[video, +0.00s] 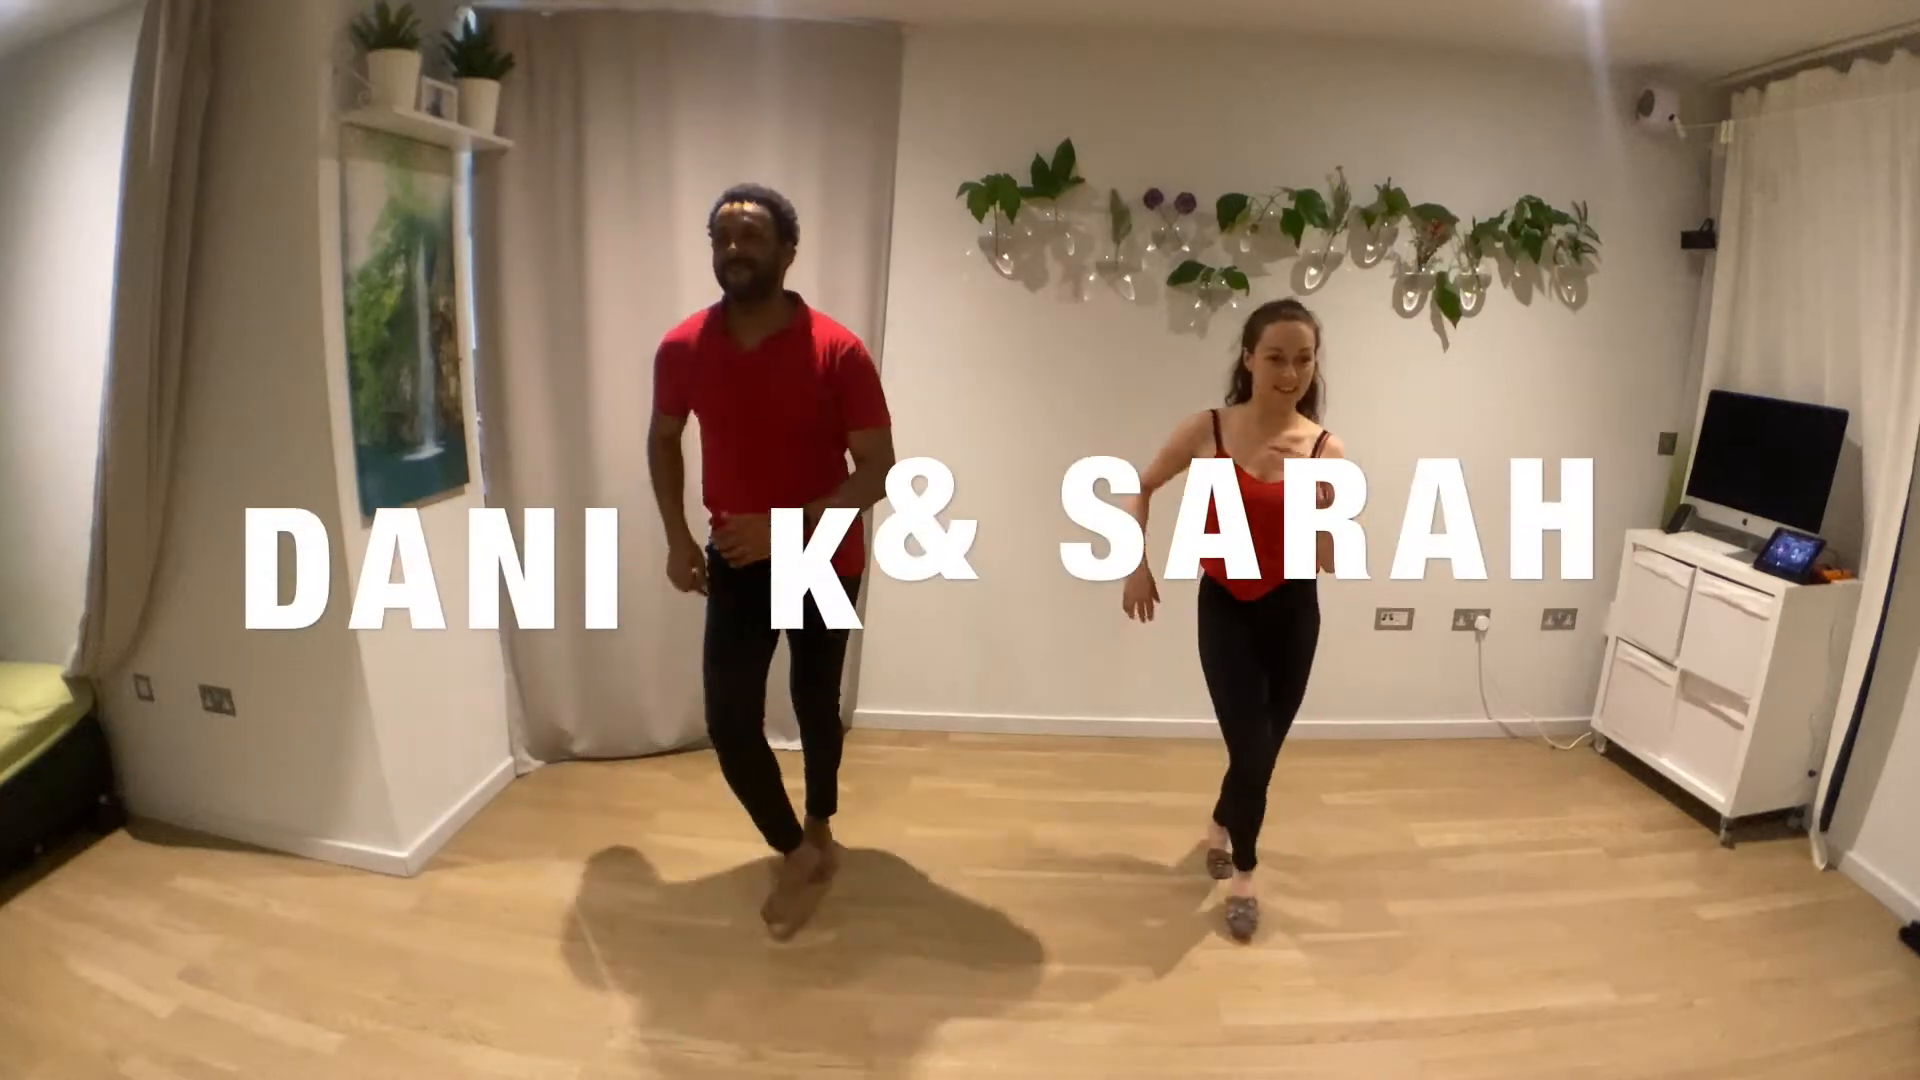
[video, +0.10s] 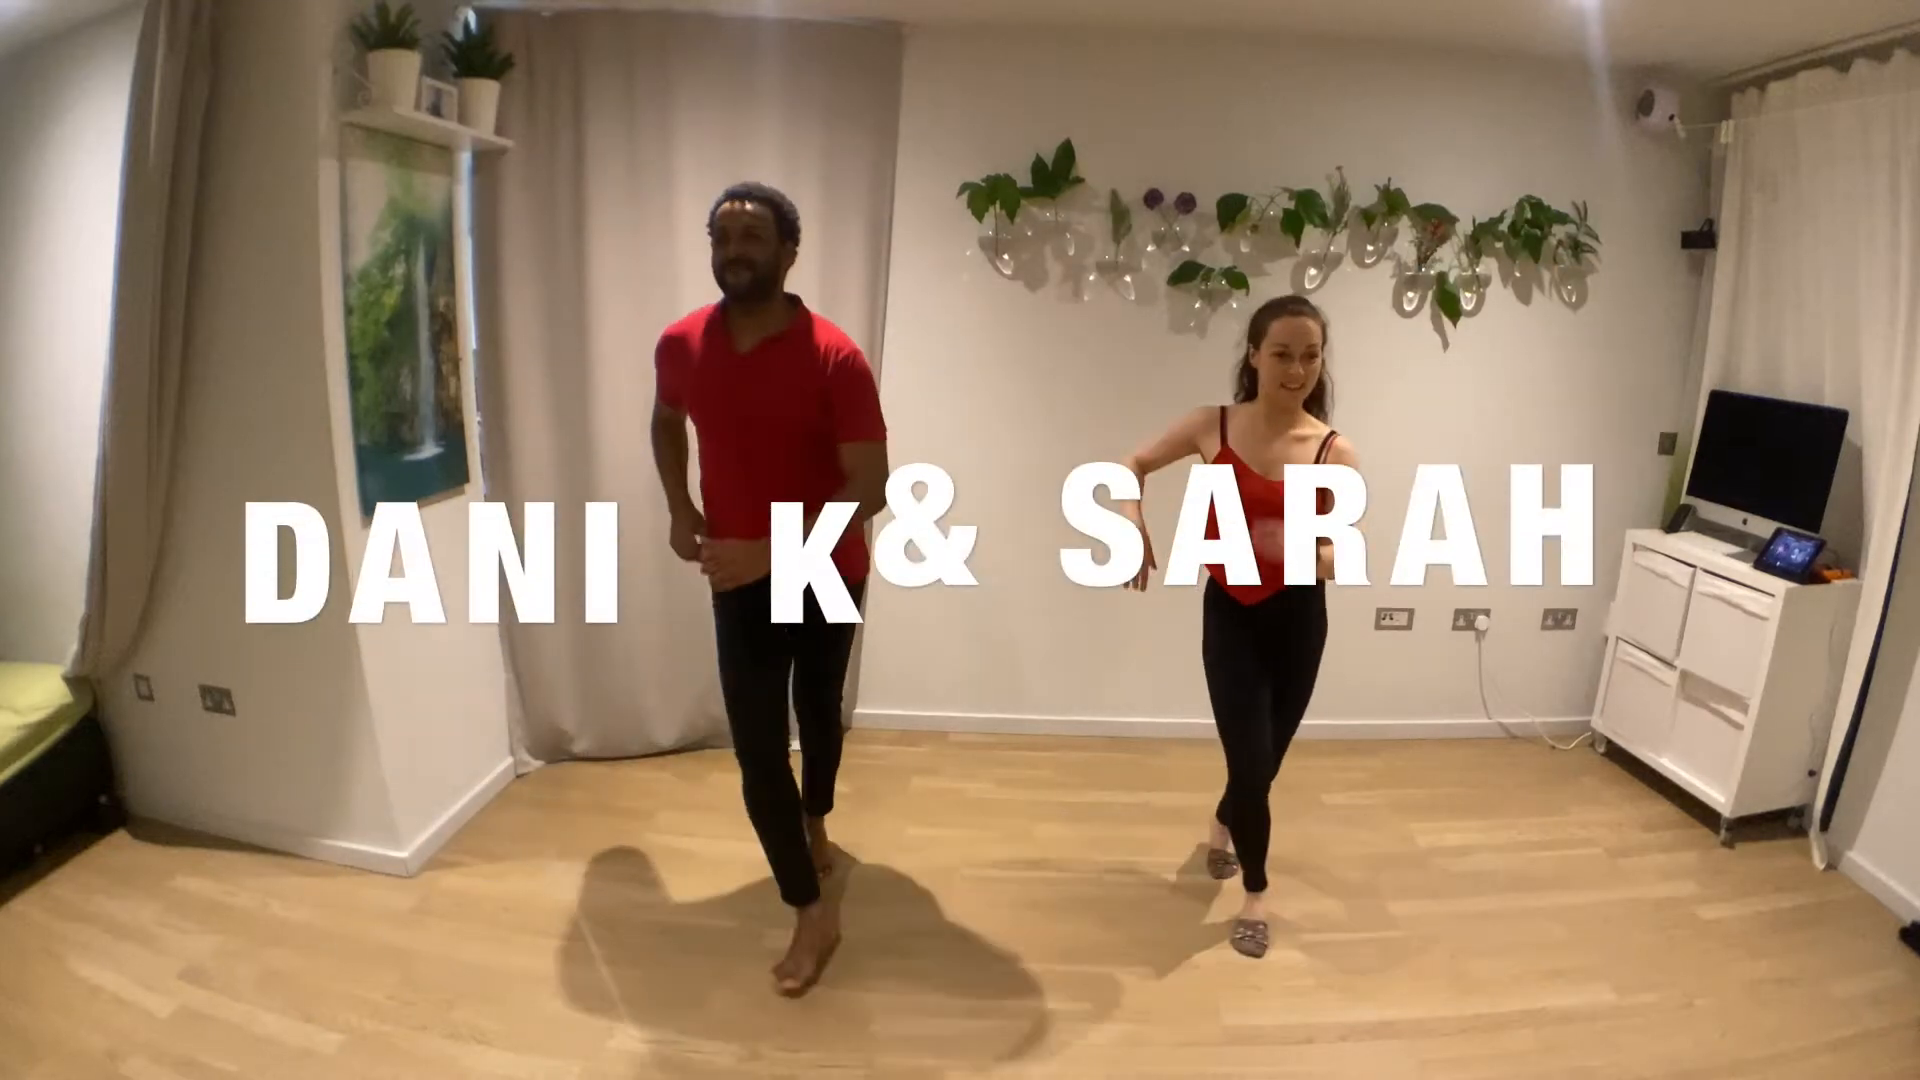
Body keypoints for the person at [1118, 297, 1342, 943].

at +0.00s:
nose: (1290, 370)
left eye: (1302, 358)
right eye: (1277, 356)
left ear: (1314, 365)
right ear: (1248, 358)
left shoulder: (1322, 447)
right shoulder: (1206, 431)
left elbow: (1330, 557)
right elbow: (1139, 487)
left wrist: (1317, 486)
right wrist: (1137, 565)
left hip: (1293, 607)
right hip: (1225, 605)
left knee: (1265, 745)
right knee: (1252, 748)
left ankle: (1222, 824)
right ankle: (1245, 877)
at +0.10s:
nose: (1297, 367)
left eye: (1309, 355)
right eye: (1283, 352)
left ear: (1321, 363)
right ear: (1253, 355)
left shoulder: (1331, 449)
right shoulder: (1211, 426)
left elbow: (1344, 540)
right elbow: (1131, 470)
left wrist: (1325, 548)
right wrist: (1136, 540)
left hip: (1300, 617)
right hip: (1230, 614)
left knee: (1267, 754)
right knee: (1250, 765)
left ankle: (1224, 822)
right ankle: (1255, 897)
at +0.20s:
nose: (1303, 369)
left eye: (1316, 357)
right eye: (1289, 355)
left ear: (1328, 364)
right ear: (1258, 358)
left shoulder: (1341, 456)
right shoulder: (1218, 431)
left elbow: (1341, 560)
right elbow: (1134, 460)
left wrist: (1313, 632)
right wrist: (1145, 496)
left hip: (1304, 625)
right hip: (1231, 623)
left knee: (1291, 775)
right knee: (1245, 775)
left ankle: (1231, 822)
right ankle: (1256, 903)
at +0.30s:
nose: (1308, 376)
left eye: (1321, 364)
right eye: (1293, 361)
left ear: (1334, 373)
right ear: (1262, 366)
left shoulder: (1351, 466)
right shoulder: (1218, 446)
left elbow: (1363, 584)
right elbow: (1114, 484)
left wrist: (1346, 676)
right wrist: (1165, 479)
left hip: (1303, 642)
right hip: (1229, 639)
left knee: (1304, 800)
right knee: (1242, 789)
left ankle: (1258, 822)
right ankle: (1257, 898)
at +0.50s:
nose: (1312, 389)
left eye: (1326, 376)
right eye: (1297, 374)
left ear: (1340, 384)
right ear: (1267, 377)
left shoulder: (1359, 472)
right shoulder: (1223, 469)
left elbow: (1423, 557)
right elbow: (1154, 549)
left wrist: (1402, 651)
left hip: (1302, 655)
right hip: (1225, 651)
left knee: (1285, 802)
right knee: (1239, 800)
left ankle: (1283, 926)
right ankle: (1265, 909)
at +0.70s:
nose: (1313, 394)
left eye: (1328, 381)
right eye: (1297, 379)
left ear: (1340, 390)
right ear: (1263, 383)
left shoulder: (1359, 465)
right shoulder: (1221, 480)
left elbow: (1443, 511)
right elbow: (1194, 588)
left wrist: (1419, 605)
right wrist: (1276, 575)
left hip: (1310, 675)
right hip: (1230, 675)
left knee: (1285, 857)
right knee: (1244, 836)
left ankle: (1236, 987)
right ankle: (1276, 904)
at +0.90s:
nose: (1313, 395)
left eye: (1327, 381)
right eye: (1296, 379)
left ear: (1340, 390)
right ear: (1260, 382)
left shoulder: (1351, 470)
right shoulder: (1205, 479)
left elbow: (1435, 531)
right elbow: (1167, 581)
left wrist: (1389, 514)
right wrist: (1207, 646)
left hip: (1322, 691)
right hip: (1237, 692)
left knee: (1300, 873)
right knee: (1233, 871)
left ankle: (1232, 994)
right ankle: (1243, 897)